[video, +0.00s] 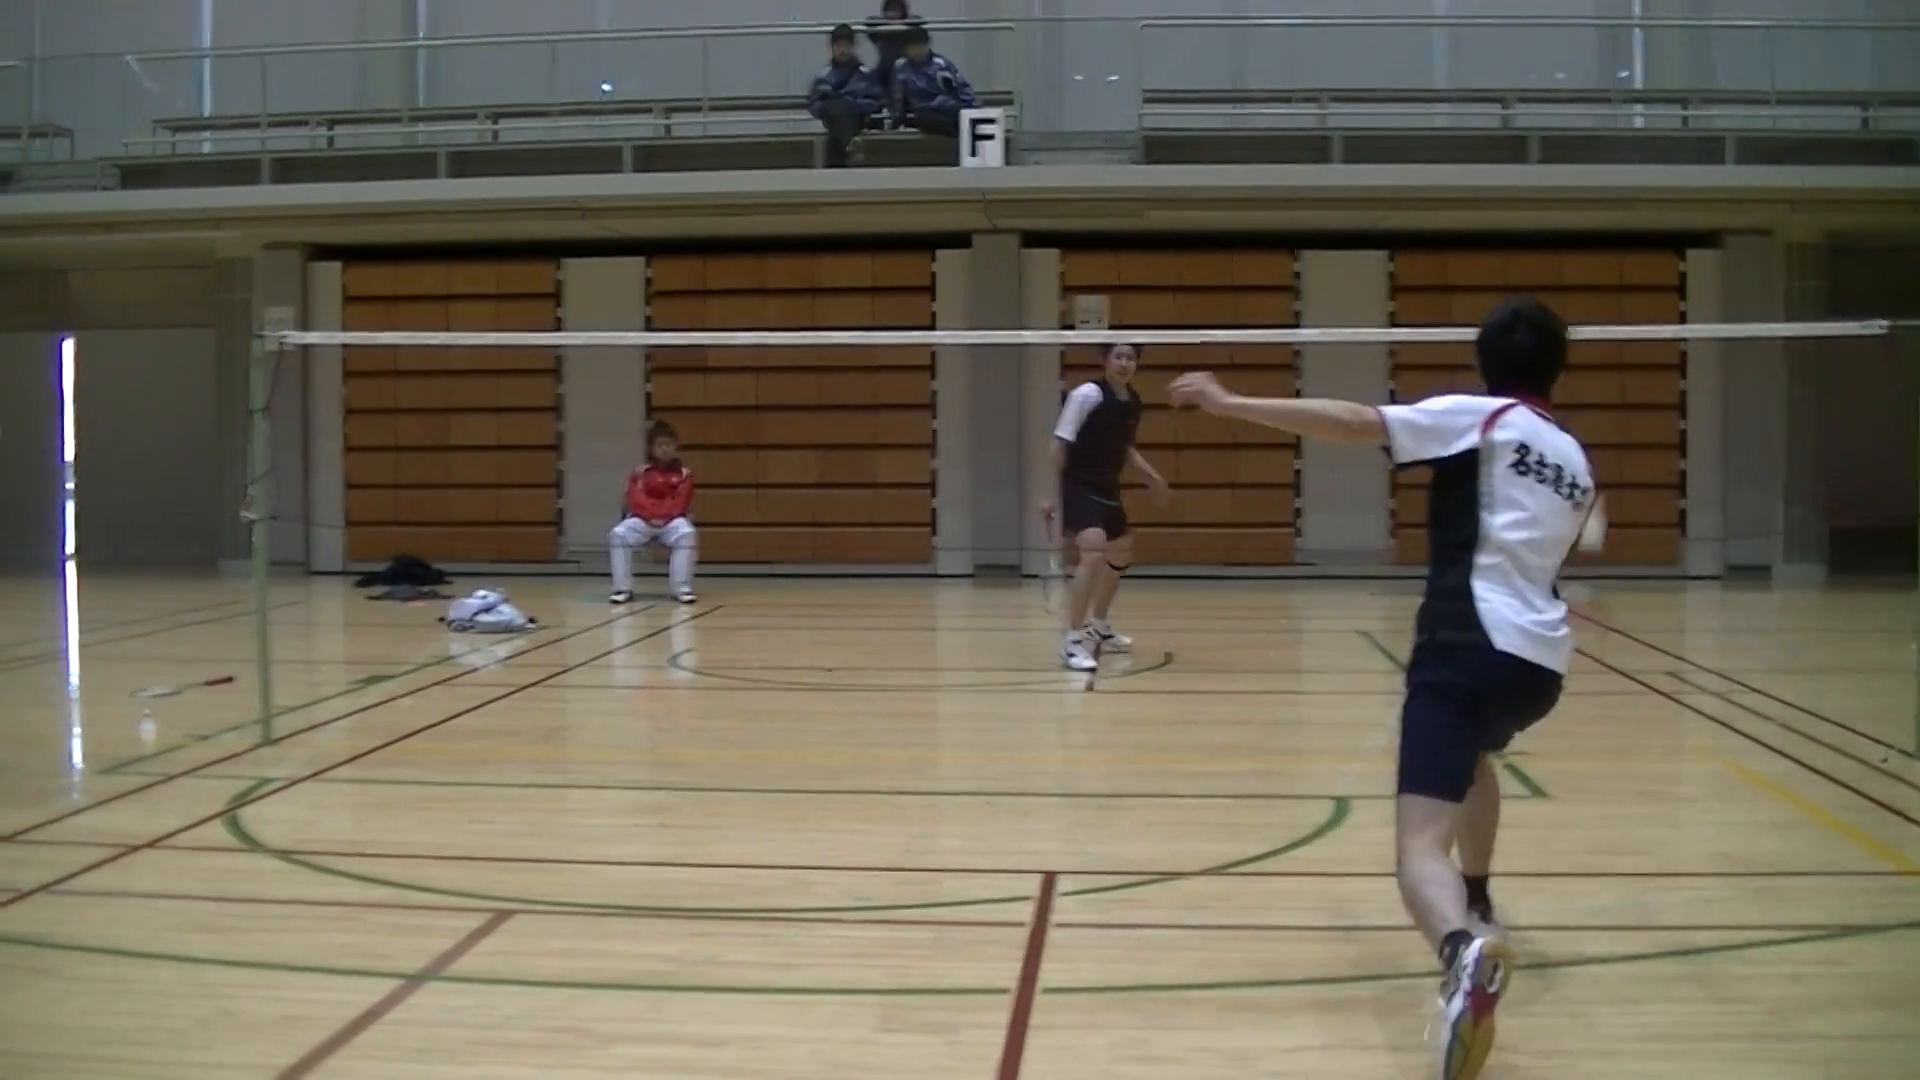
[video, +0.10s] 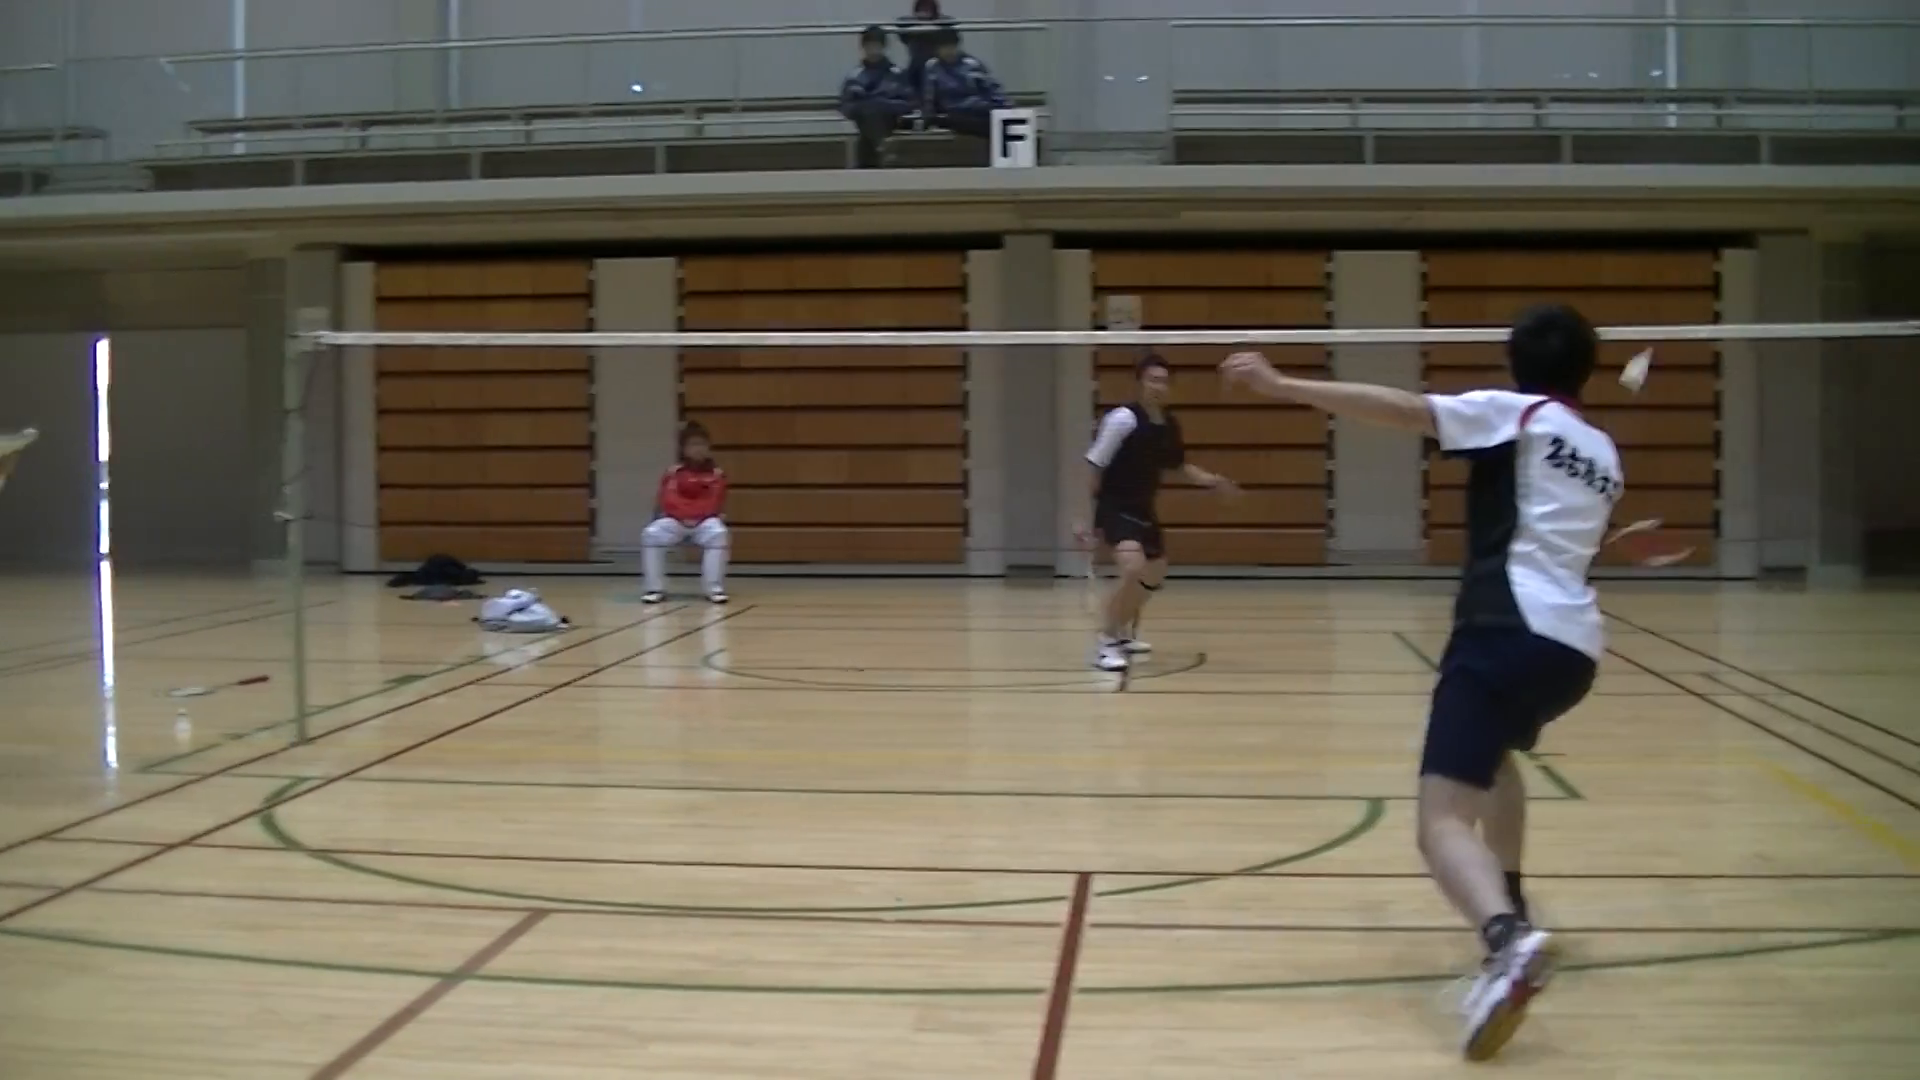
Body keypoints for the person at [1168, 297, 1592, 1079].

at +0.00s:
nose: (1477, 365)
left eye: (1481, 353)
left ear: (1486, 365)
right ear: (1555, 374)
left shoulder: (1472, 415)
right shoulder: (1574, 458)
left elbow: (1357, 420)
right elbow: (1585, 543)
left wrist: (1230, 403)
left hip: (1464, 649)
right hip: (1541, 666)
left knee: (1424, 848)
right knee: (1474, 755)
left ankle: (1460, 952)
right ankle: (1476, 902)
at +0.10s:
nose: (1509, 367)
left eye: (1513, 356)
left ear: (1518, 367)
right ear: (1585, 375)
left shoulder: (1509, 411)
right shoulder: (1605, 456)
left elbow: (1406, 408)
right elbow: (1579, 552)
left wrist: (1280, 384)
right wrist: (1623, 547)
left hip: (1503, 635)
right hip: (1574, 651)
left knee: (1444, 820)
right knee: (1496, 754)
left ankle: (1505, 939)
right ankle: (1509, 906)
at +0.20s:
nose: (1509, 351)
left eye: (1514, 342)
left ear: (1517, 353)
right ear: (1584, 362)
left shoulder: (1513, 395)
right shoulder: (1607, 441)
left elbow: (1414, 392)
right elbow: (1602, 491)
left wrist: (1294, 366)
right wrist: (1655, 483)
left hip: (1510, 611)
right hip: (1577, 627)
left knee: (1447, 796)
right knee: (1491, 748)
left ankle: (1519, 934)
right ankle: (1515, 913)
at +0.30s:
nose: (1497, 341)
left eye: (1501, 330)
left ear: (1505, 338)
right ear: (1573, 346)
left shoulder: (1498, 377)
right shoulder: (1598, 426)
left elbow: (1398, 380)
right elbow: (1590, 522)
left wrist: (1277, 364)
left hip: (1499, 587)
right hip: (1569, 606)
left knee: (1458, 771)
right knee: (1486, 747)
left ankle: (1507, 940)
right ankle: (1511, 909)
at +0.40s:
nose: (1493, 327)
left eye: (1497, 317)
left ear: (1502, 323)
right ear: (1568, 333)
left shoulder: (1491, 365)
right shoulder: (1597, 416)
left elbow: (1392, 381)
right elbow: (1600, 521)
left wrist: (1270, 381)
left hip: (1498, 572)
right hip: (1568, 590)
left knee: (1466, 759)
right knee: (1490, 748)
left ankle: (1504, 931)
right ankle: (1508, 906)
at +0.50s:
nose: (1474, 315)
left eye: (1477, 305)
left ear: (1481, 311)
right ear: (1546, 322)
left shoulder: (1473, 352)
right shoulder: (1578, 400)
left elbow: (1382, 390)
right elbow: (1602, 514)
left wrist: (1257, 417)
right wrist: (1557, 559)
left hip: (1481, 561)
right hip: (1550, 580)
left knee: (1452, 743)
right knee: (1473, 737)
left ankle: (1479, 923)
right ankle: (1490, 899)